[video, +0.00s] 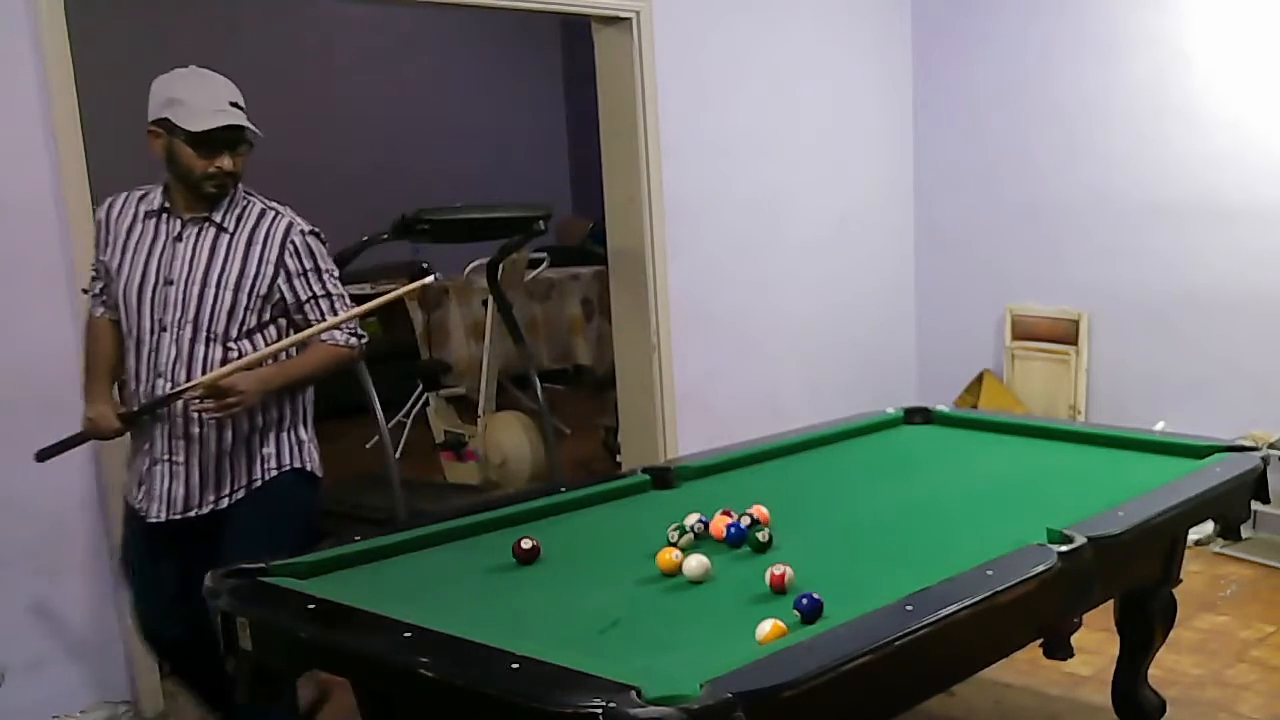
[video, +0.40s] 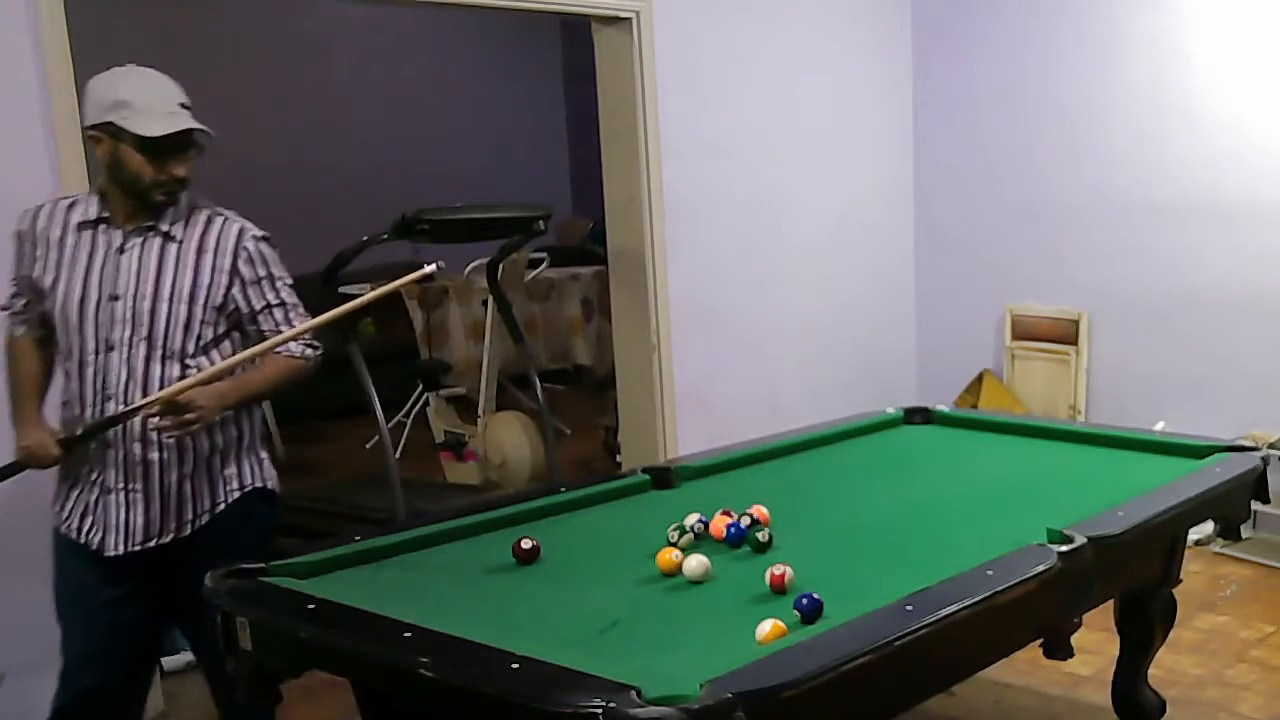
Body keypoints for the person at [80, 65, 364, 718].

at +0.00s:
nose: (225, 163)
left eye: (237, 146)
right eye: (206, 146)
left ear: (251, 142)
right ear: (160, 139)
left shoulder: (283, 234)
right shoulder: (120, 217)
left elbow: (345, 339)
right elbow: (106, 306)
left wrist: (266, 380)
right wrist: (100, 394)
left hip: (264, 470)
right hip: (164, 477)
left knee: (259, 627)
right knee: (168, 629)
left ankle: (280, 712)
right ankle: (254, 709)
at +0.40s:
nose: (179, 168)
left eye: (186, 150)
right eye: (159, 150)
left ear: (198, 147)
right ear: (101, 144)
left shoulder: (231, 239)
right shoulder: (45, 231)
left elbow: (300, 347)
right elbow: (27, 323)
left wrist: (221, 395)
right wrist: (28, 421)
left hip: (220, 514)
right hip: (97, 522)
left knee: (248, 695)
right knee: (92, 698)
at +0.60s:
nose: (122, 174)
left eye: (128, 155)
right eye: (100, 156)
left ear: (138, 151)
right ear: (39, 151)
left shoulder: (177, 248)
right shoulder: (7, 247)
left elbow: (247, 352)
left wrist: (185, 406)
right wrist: (4, 457)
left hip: (177, 538)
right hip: (46, 555)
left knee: (226, 704)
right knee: (57, 711)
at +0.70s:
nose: (89, 167)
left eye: (93, 148)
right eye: (67, 149)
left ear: (102, 145)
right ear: (7, 144)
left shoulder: (141, 243)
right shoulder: (1, 244)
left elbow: (217, 349)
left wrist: (156, 406)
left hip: (149, 541)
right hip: (23, 563)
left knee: (211, 701)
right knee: (34, 709)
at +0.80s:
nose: (55, 161)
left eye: (61, 143)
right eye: (32, 143)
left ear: (69, 141)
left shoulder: (113, 239)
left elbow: (185, 345)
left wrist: (134, 406)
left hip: (122, 535)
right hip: (9, 557)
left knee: (187, 700)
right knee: (26, 710)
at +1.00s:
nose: (22, 152)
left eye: (25, 135)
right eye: (10, 136)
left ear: (32, 140)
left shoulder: (73, 230)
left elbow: (143, 338)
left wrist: (103, 404)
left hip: (96, 517)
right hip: (4, 542)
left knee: (129, 695)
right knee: (18, 704)